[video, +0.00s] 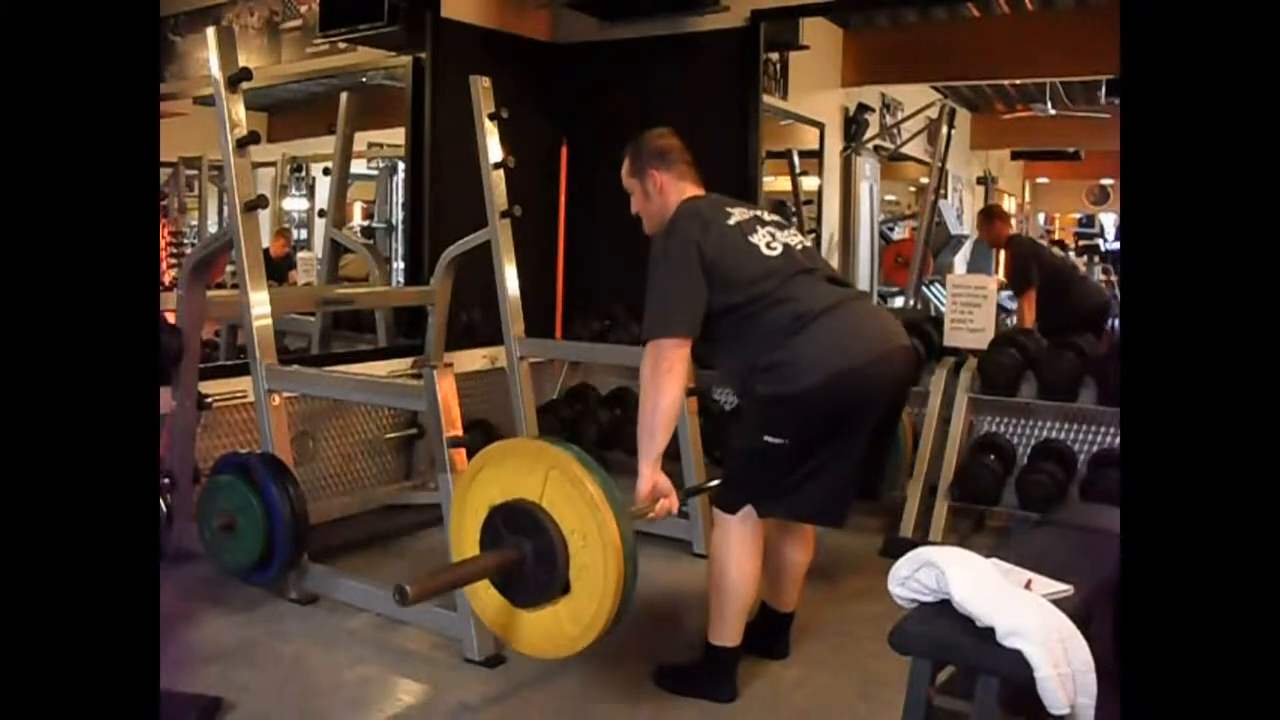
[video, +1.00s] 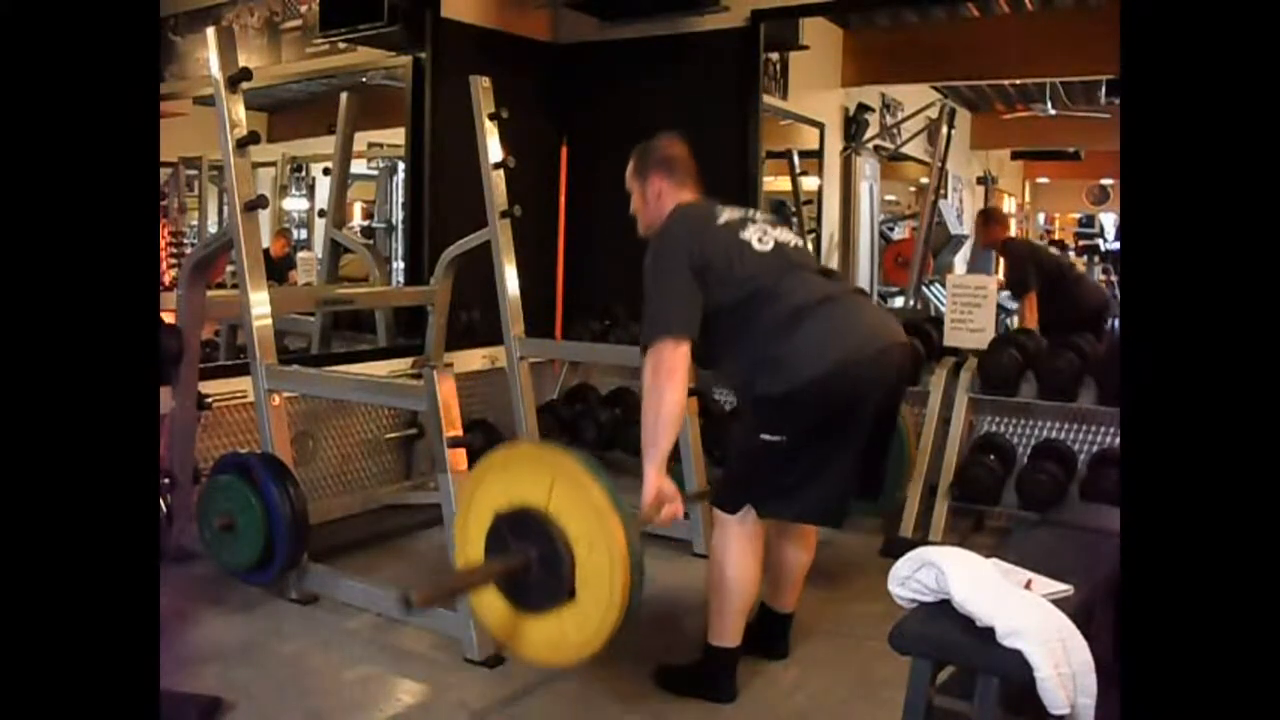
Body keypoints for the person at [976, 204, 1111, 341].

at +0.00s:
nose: (983, 238)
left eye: (983, 231)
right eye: (981, 232)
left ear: (997, 224)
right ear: (1000, 223)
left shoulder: (1017, 246)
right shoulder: (1021, 244)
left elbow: (1028, 299)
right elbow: (1026, 299)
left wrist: (1024, 344)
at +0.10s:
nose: (981, 241)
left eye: (981, 233)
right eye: (979, 235)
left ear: (997, 228)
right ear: (1004, 227)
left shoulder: (1017, 251)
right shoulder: (1022, 247)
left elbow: (1027, 306)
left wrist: (1024, 350)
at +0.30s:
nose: (976, 247)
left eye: (977, 241)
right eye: (975, 242)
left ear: (991, 238)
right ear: (1001, 236)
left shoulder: (1014, 262)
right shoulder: (1020, 257)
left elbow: (1025, 317)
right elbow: (1026, 316)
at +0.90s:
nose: (978, 251)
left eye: (978, 245)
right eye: (976, 245)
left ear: (992, 242)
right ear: (999, 240)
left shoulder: (1014, 265)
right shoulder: (1017, 260)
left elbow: (1027, 318)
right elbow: (1026, 317)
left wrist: (1022, 357)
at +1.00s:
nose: (977, 235)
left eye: (979, 229)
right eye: (977, 229)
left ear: (994, 227)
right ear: (1001, 227)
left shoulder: (1015, 250)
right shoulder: (1017, 249)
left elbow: (1029, 307)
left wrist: (1026, 350)